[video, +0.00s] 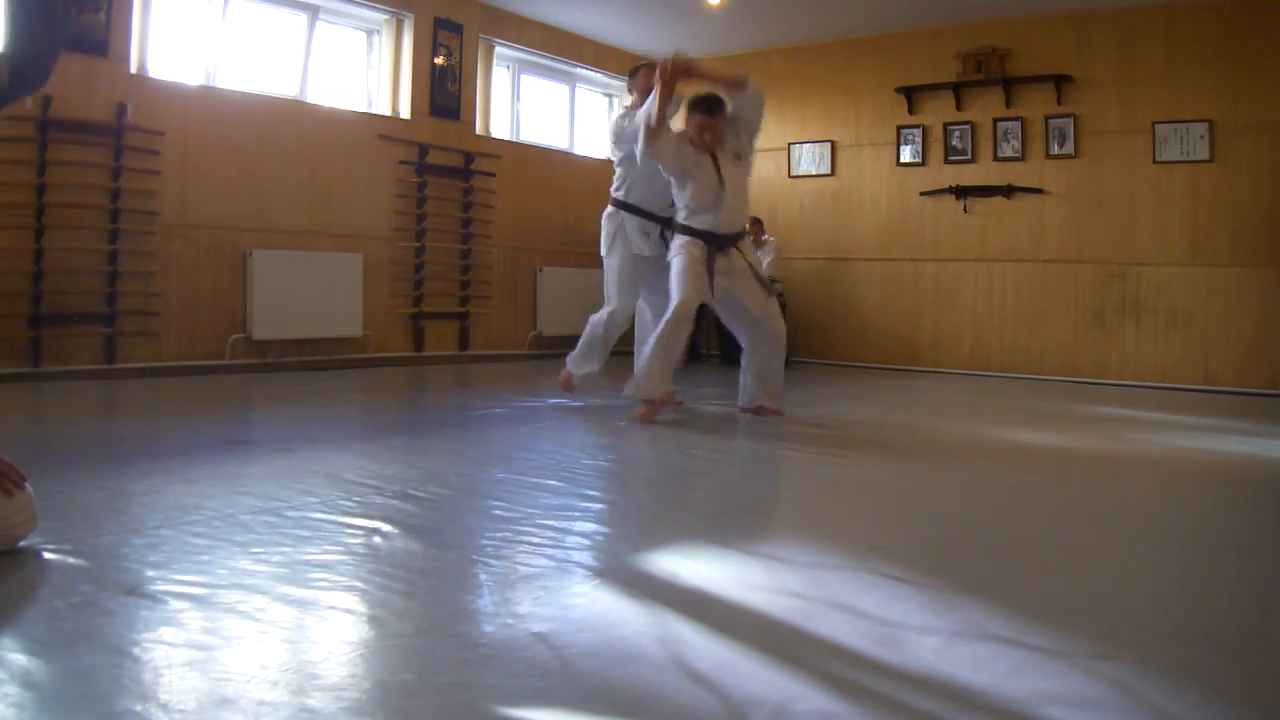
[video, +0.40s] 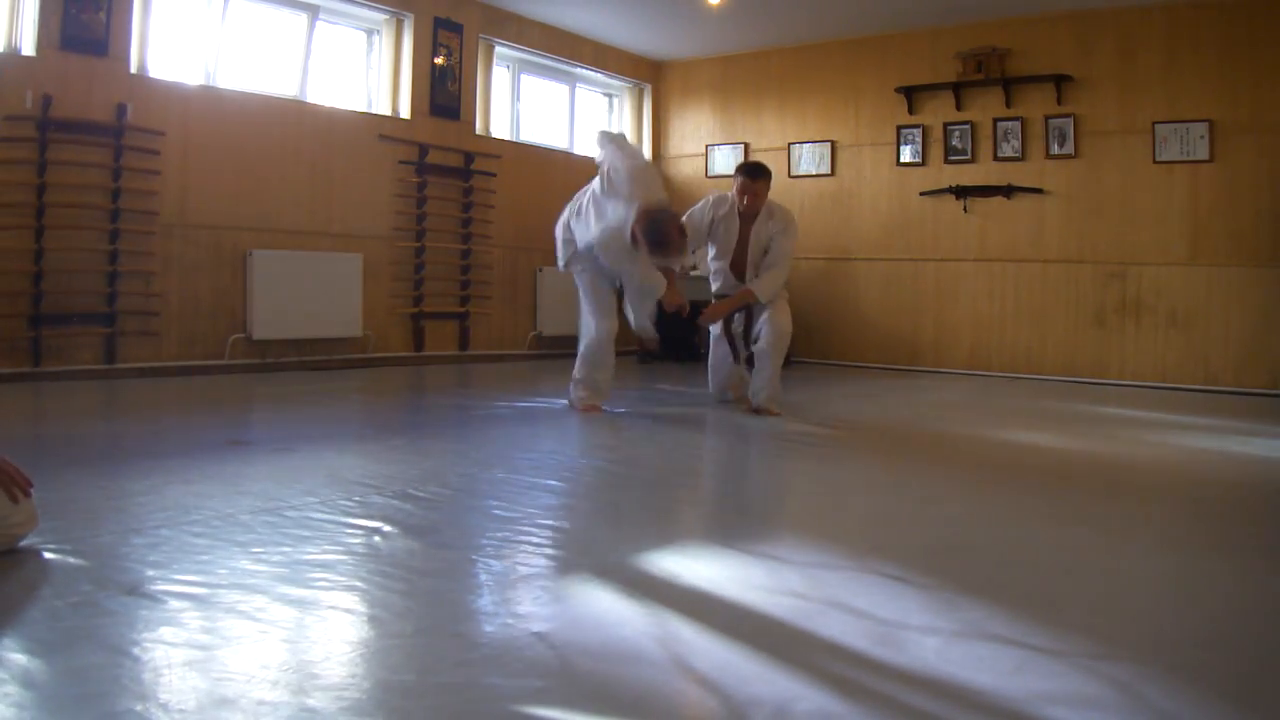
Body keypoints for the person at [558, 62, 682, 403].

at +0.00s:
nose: (657, 85)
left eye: (659, 80)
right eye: (649, 79)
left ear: (661, 87)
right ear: (632, 87)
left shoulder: (665, 125)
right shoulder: (623, 122)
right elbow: (657, 114)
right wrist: (669, 82)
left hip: (658, 228)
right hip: (624, 223)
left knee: (657, 309)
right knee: (620, 305)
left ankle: (650, 384)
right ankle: (575, 368)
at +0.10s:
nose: (649, 102)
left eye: (654, 95)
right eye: (642, 95)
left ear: (658, 95)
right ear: (625, 94)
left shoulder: (660, 129)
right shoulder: (618, 129)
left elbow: (671, 174)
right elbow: (642, 163)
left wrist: (670, 227)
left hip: (652, 230)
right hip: (617, 225)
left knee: (665, 306)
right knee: (610, 296)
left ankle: (655, 386)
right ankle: (565, 369)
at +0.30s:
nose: (654, 192)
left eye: (659, 185)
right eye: (648, 186)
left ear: (663, 170)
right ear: (630, 176)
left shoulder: (656, 168)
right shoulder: (609, 191)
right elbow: (636, 246)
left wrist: (652, 232)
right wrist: (666, 282)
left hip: (637, 238)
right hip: (597, 239)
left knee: (648, 311)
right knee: (604, 314)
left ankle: (662, 380)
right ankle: (584, 394)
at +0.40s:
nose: (665, 267)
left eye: (670, 263)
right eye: (661, 262)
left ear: (675, 225)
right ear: (639, 237)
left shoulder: (643, 178)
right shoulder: (607, 235)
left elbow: (609, 141)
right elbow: (634, 270)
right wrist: (664, 290)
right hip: (582, 238)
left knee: (644, 287)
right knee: (601, 325)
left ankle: (643, 330)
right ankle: (585, 394)